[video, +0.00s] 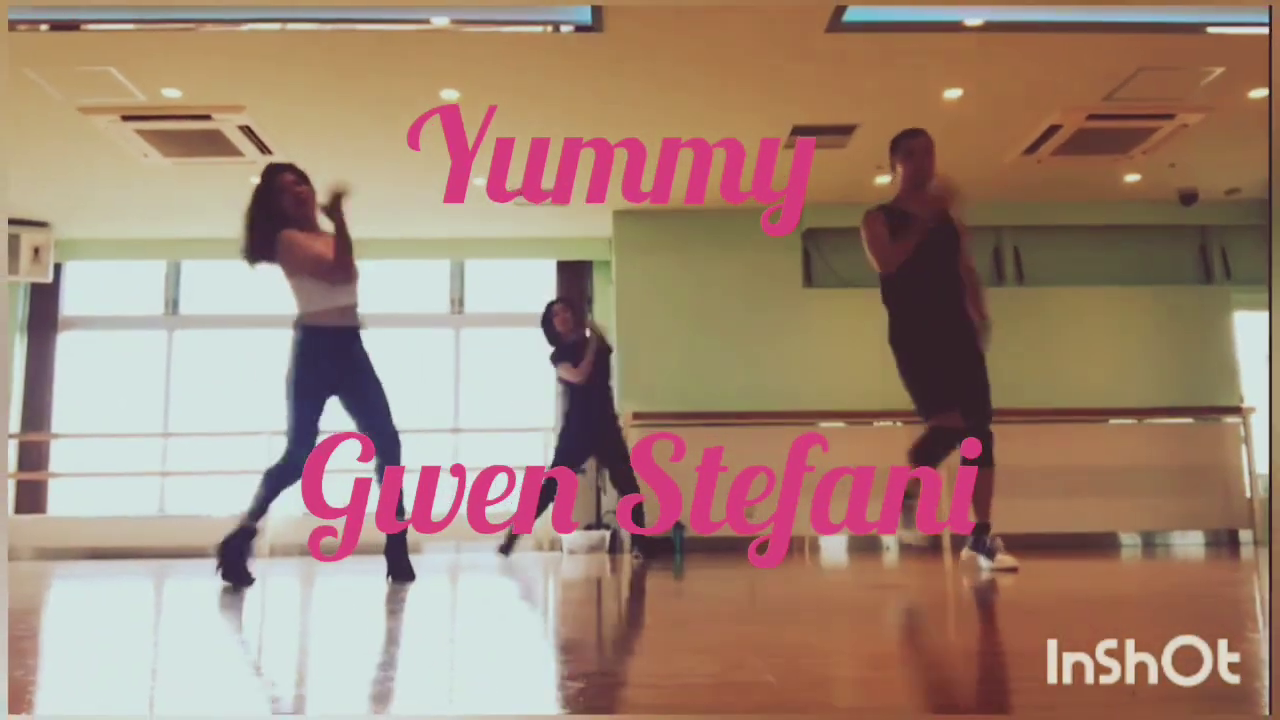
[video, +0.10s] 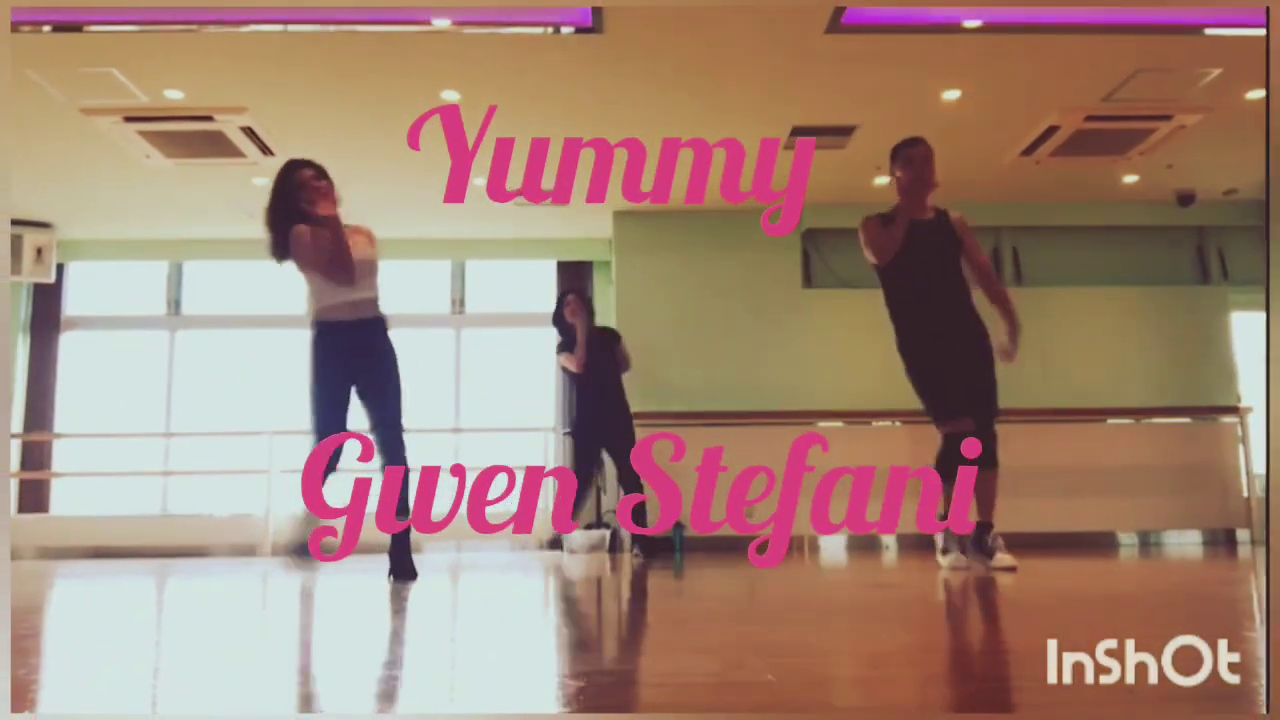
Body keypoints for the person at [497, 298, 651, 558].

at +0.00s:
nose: (564, 316)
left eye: (566, 310)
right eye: (557, 315)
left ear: (575, 314)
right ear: (551, 325)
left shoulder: (596, 344)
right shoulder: (559, 356)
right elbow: (579, 376)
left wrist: (595, 330)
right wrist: (594, 343)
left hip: (606, 425)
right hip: (578, 427)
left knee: (627, 483)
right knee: (552, 484)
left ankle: (639, 542)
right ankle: (514, 533)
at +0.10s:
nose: (574, 307)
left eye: (578, 301)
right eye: (568, 305)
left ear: (587, 306)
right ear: (562, 315)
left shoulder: (608, 335)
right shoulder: (565, 346)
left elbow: (625, 364)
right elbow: (578, 366)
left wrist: (601, 373)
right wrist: (581, 327)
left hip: (617, 417)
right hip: (587, 420)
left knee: (630, 477)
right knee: (583, 477)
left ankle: (640, 537)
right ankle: (559, 532)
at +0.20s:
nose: (584, 308)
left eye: (589, 304)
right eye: (579, 304)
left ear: (598, 309)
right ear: (572, 310)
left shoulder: (615, 337)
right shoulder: (570, 344)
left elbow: (642, 364)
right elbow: (572, 370)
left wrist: (635, 393)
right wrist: (575, 333)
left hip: (622, 414)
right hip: (594, 418)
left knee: (635, 474)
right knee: (609, 478)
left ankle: (641, 532)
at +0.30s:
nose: (592, 316)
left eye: (598, 312)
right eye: (588, 312)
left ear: (606, 318)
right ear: (581, 317)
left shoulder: (620, 347)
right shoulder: (577, 351)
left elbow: (652, 373)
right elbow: (566, 379)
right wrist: (564, 345)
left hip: (625, 421)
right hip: (596, 425)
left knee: (638, 479)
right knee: (616, 480)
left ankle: (646, 535)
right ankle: (632, 538)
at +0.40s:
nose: (598, 313)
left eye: (604, 310)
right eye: (594, 309)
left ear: (612, 316)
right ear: (587, 314)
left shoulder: (622, 347)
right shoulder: (576, 351)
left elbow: (645, 370)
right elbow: (566, 384)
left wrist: (665, 371)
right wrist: (562, 380)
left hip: (624, 421)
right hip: (594, 424)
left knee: (637, 477)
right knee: (597, 480)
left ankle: (642, 534)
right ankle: (600, 531)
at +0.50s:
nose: (599, 310)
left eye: (605, 307)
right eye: (596, 305)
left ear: (614, 313)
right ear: (588, 310)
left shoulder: (619, 342)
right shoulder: (576, 343)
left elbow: (625, 362)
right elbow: (566, 375)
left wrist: (621, 364)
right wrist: (557, 395)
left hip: (615, 417)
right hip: (585, 417)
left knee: (631, 476)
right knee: (571, 474)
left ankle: (641, 534)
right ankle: (554, 530)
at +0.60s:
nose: (595, 313)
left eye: (602, 310)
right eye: (593, 308)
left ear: (611, 318)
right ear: (586, 313)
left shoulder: (615, 347)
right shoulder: (572, 347)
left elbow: (613, 379)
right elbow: (562, 386)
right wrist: (550, 421)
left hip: (600, 425)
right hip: (570, 423)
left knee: (623, 481)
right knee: (547, 479)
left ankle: (639, 537)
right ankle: (521, 537)